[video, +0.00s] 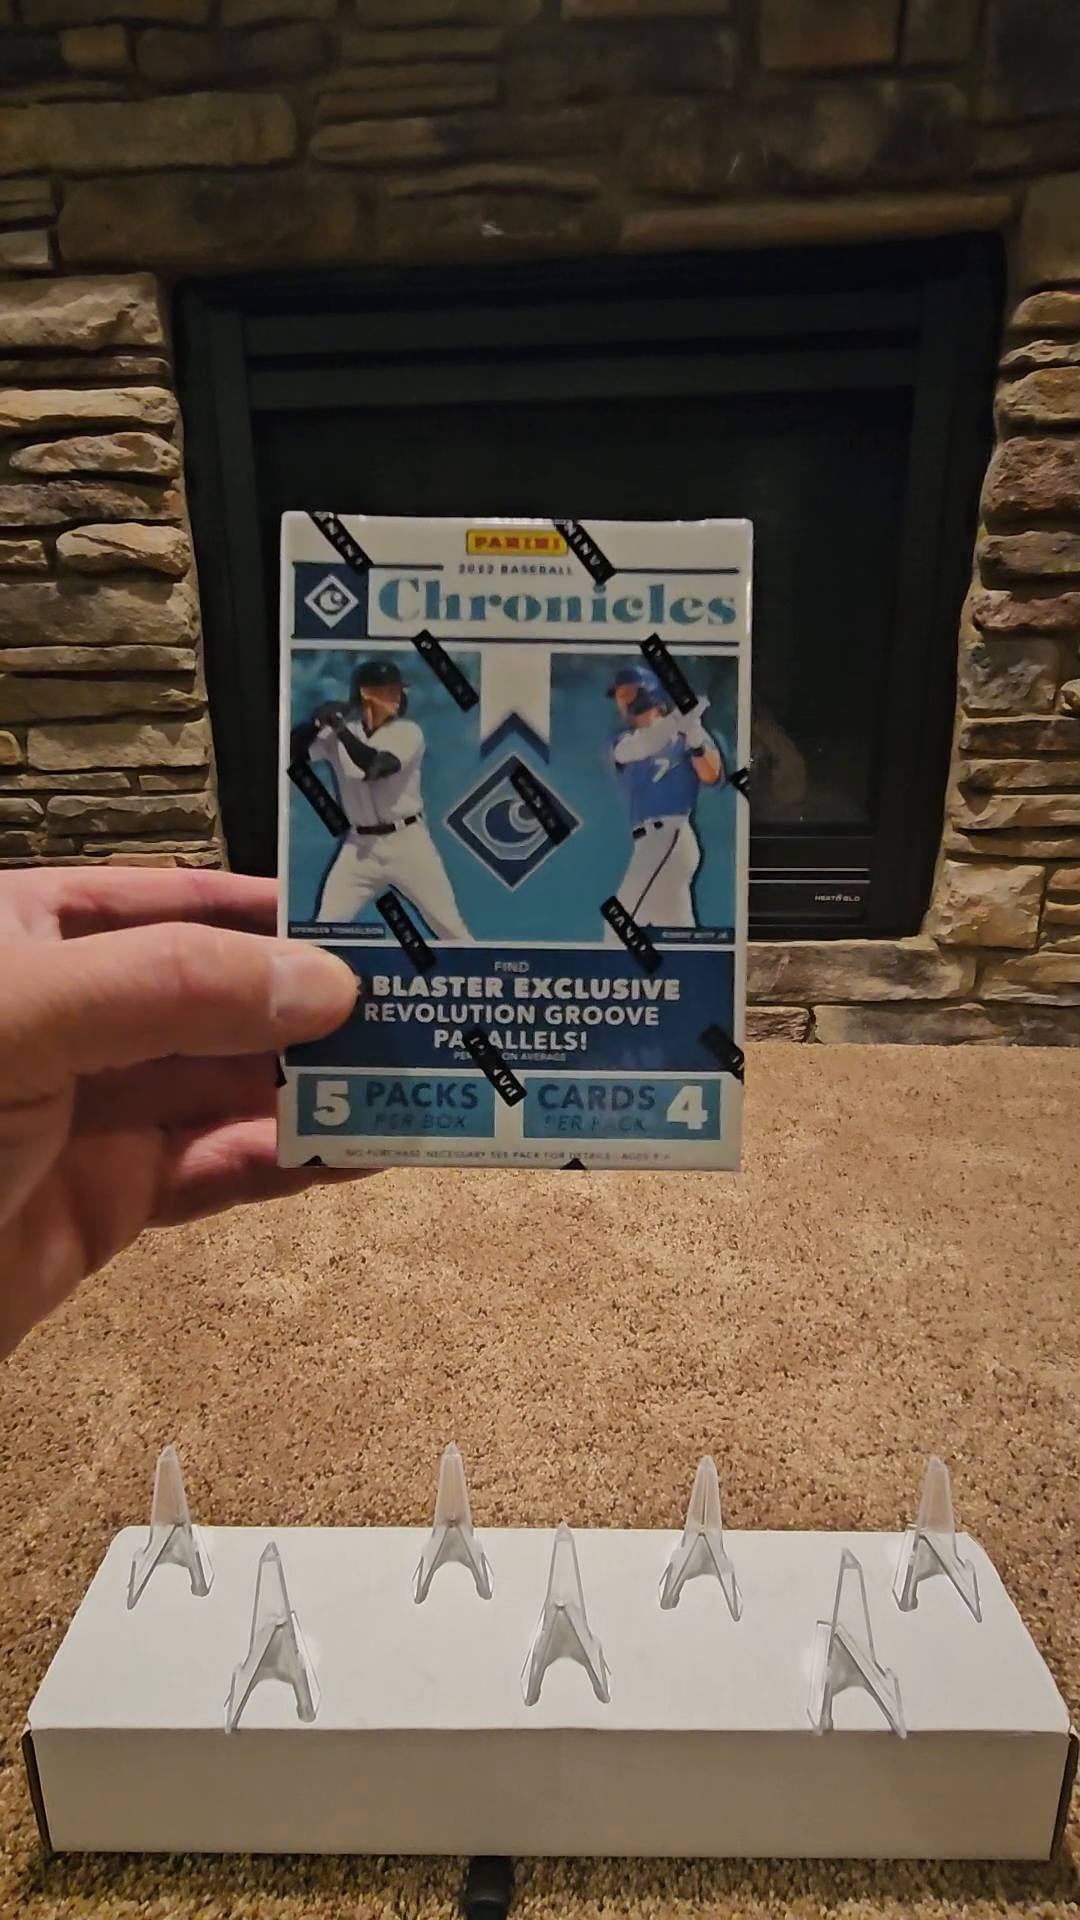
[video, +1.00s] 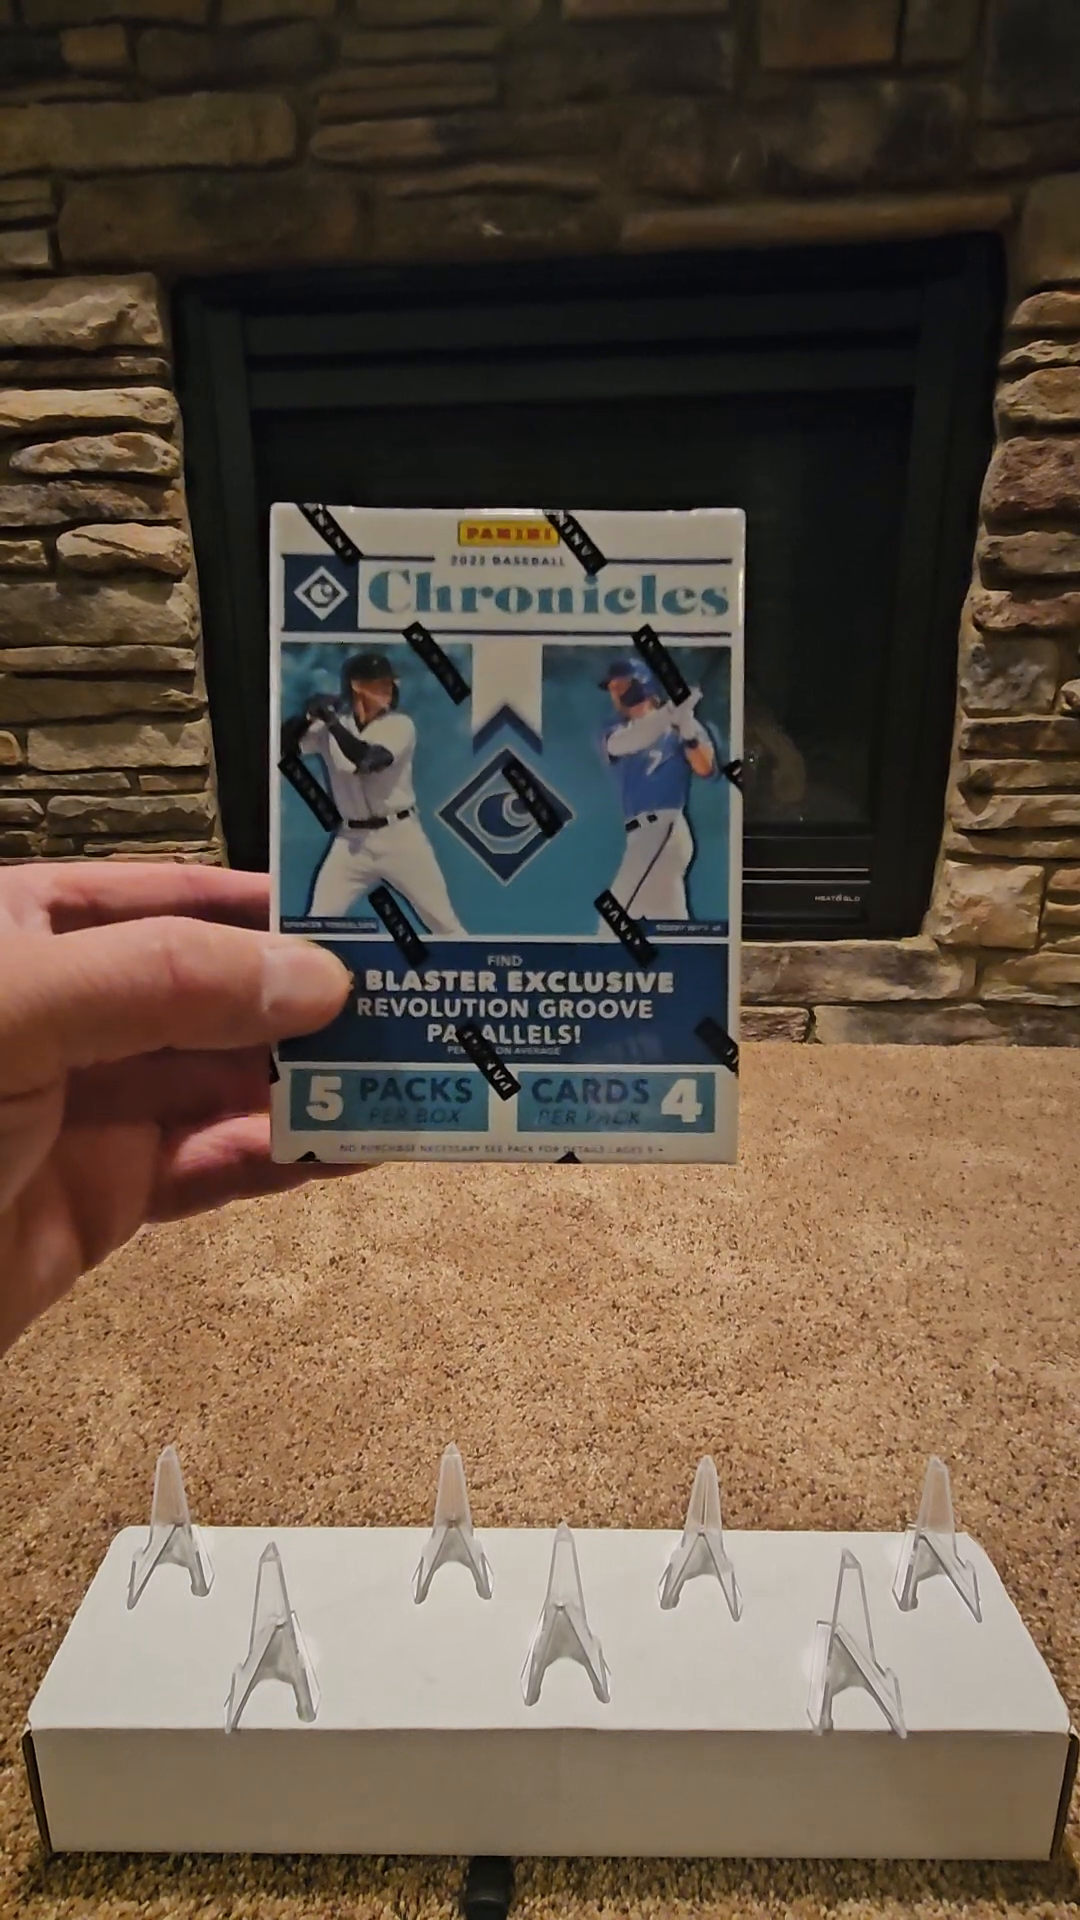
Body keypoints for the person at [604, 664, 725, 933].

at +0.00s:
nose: (622, 704)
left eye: (629, 695)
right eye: (619, 697)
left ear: (649, 695)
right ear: (616, 700)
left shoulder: (688, 732)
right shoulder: (621, 741)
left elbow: (711, 777)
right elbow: (642, 746)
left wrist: (694, 733)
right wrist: (676, 719)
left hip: (671, 838)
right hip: (648, 841)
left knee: (620, 924)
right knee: (680, 936)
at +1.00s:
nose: (614, 697)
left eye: (620, 688)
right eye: (612, 690)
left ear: (639, 687)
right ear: (611, 693)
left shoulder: (681, 724)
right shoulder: (614, 733)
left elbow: (705, 768)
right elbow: (632, 741)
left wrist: (688, 727)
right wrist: (671, 711)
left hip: (664, 831)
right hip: (640, 835)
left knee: (615, 918)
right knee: (671, 927)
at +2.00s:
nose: (609, 710)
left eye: (615, 700)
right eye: (606, 702)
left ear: (634, 698)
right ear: (604, 705)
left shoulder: (676, 734)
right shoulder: (611, 746)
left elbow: (702, 779)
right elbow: (630, 750)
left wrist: (684, 737)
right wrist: (666, 722)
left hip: (661, 843)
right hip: (637, 847)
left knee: (612, 930)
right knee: (671, 942)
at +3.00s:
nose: (617, 665)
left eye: (624, 655)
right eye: (612, 658)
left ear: (645, 657)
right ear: (608, 664)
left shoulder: (684, 696)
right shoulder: (612, 706)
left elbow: (711, 743)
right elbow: (632, 715)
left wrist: (692, 699)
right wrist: (671, 684)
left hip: (668, 811)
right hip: (643, 815)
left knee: (615, 904)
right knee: (676, 915)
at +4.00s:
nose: (679, 509)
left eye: (688, 496)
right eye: (674, 500)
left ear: (717, 497)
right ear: (670, 506)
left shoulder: (769, 547)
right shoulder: (680, 562)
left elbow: (801, 609)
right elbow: (698, 572)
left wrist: (777, 546)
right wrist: (757, 528)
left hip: (744, 697)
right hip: (713, 702)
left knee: (676, 816)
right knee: (753, 832)